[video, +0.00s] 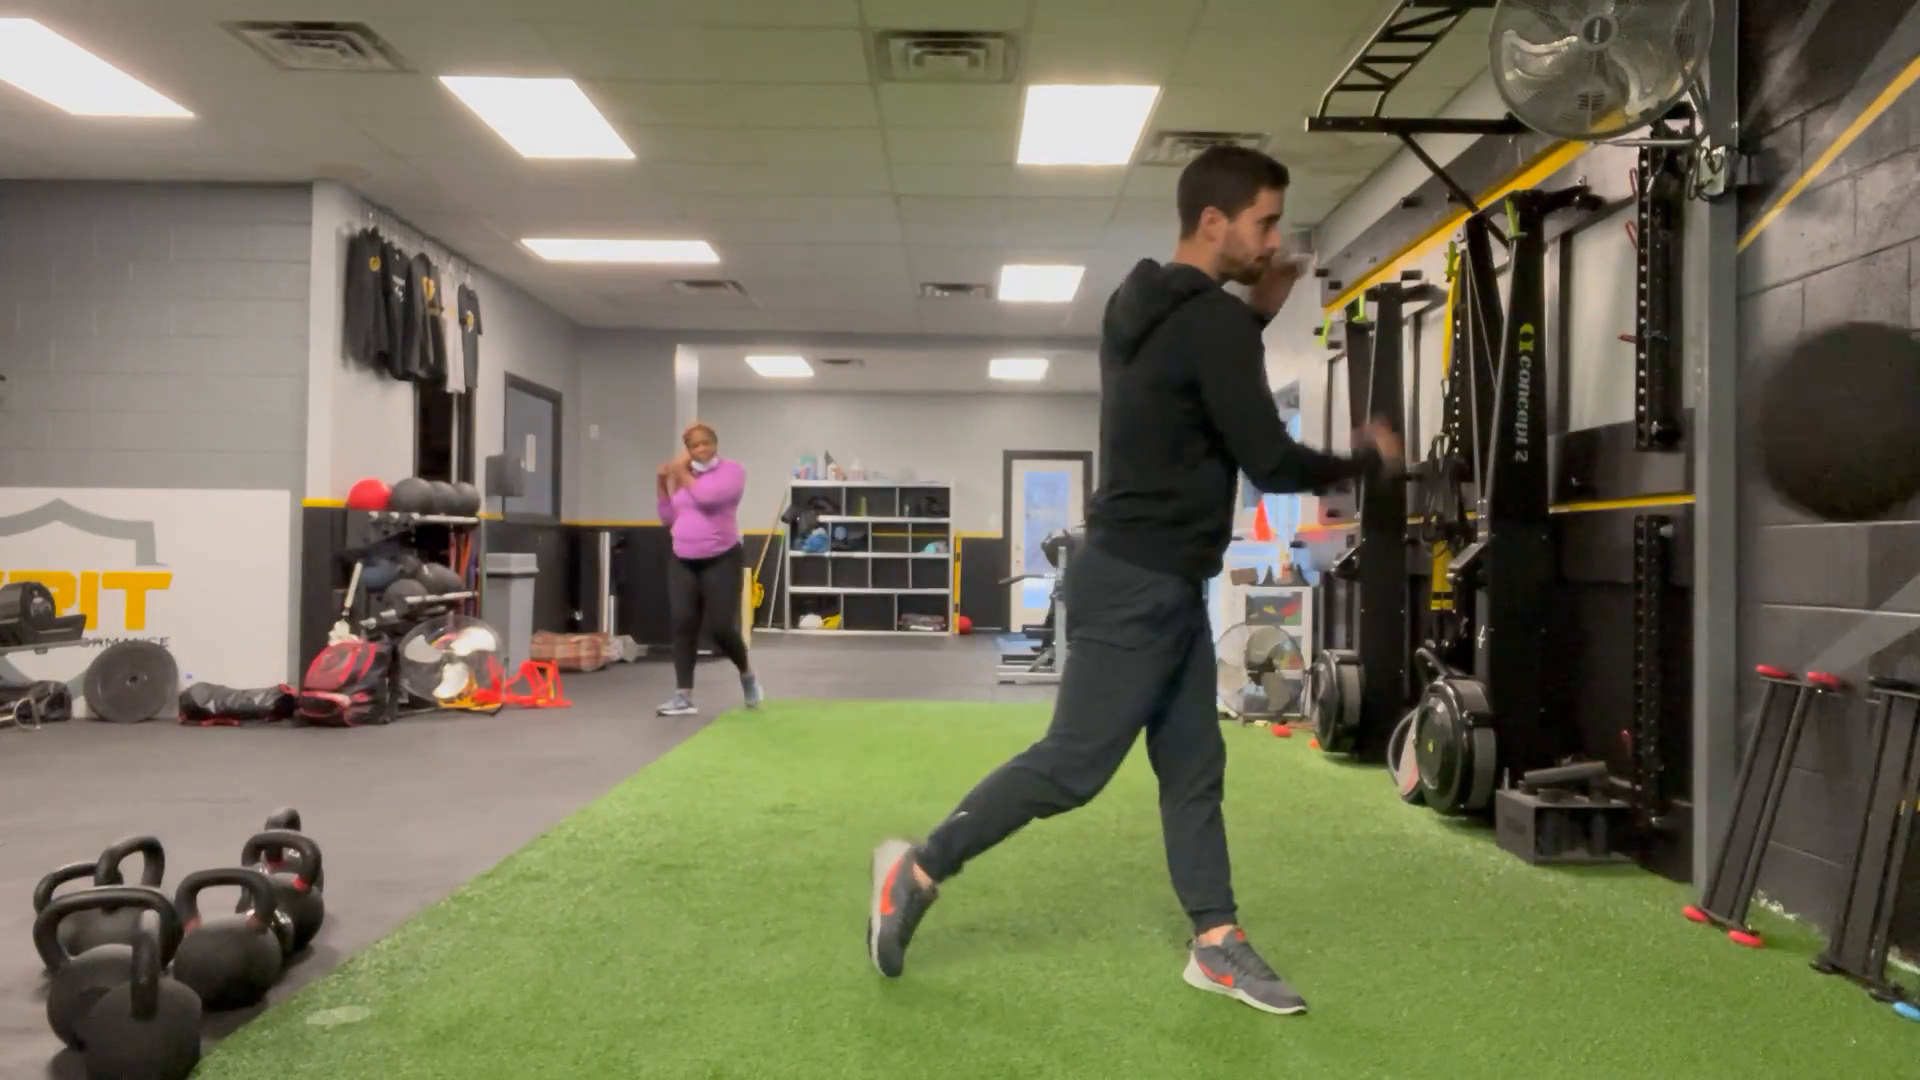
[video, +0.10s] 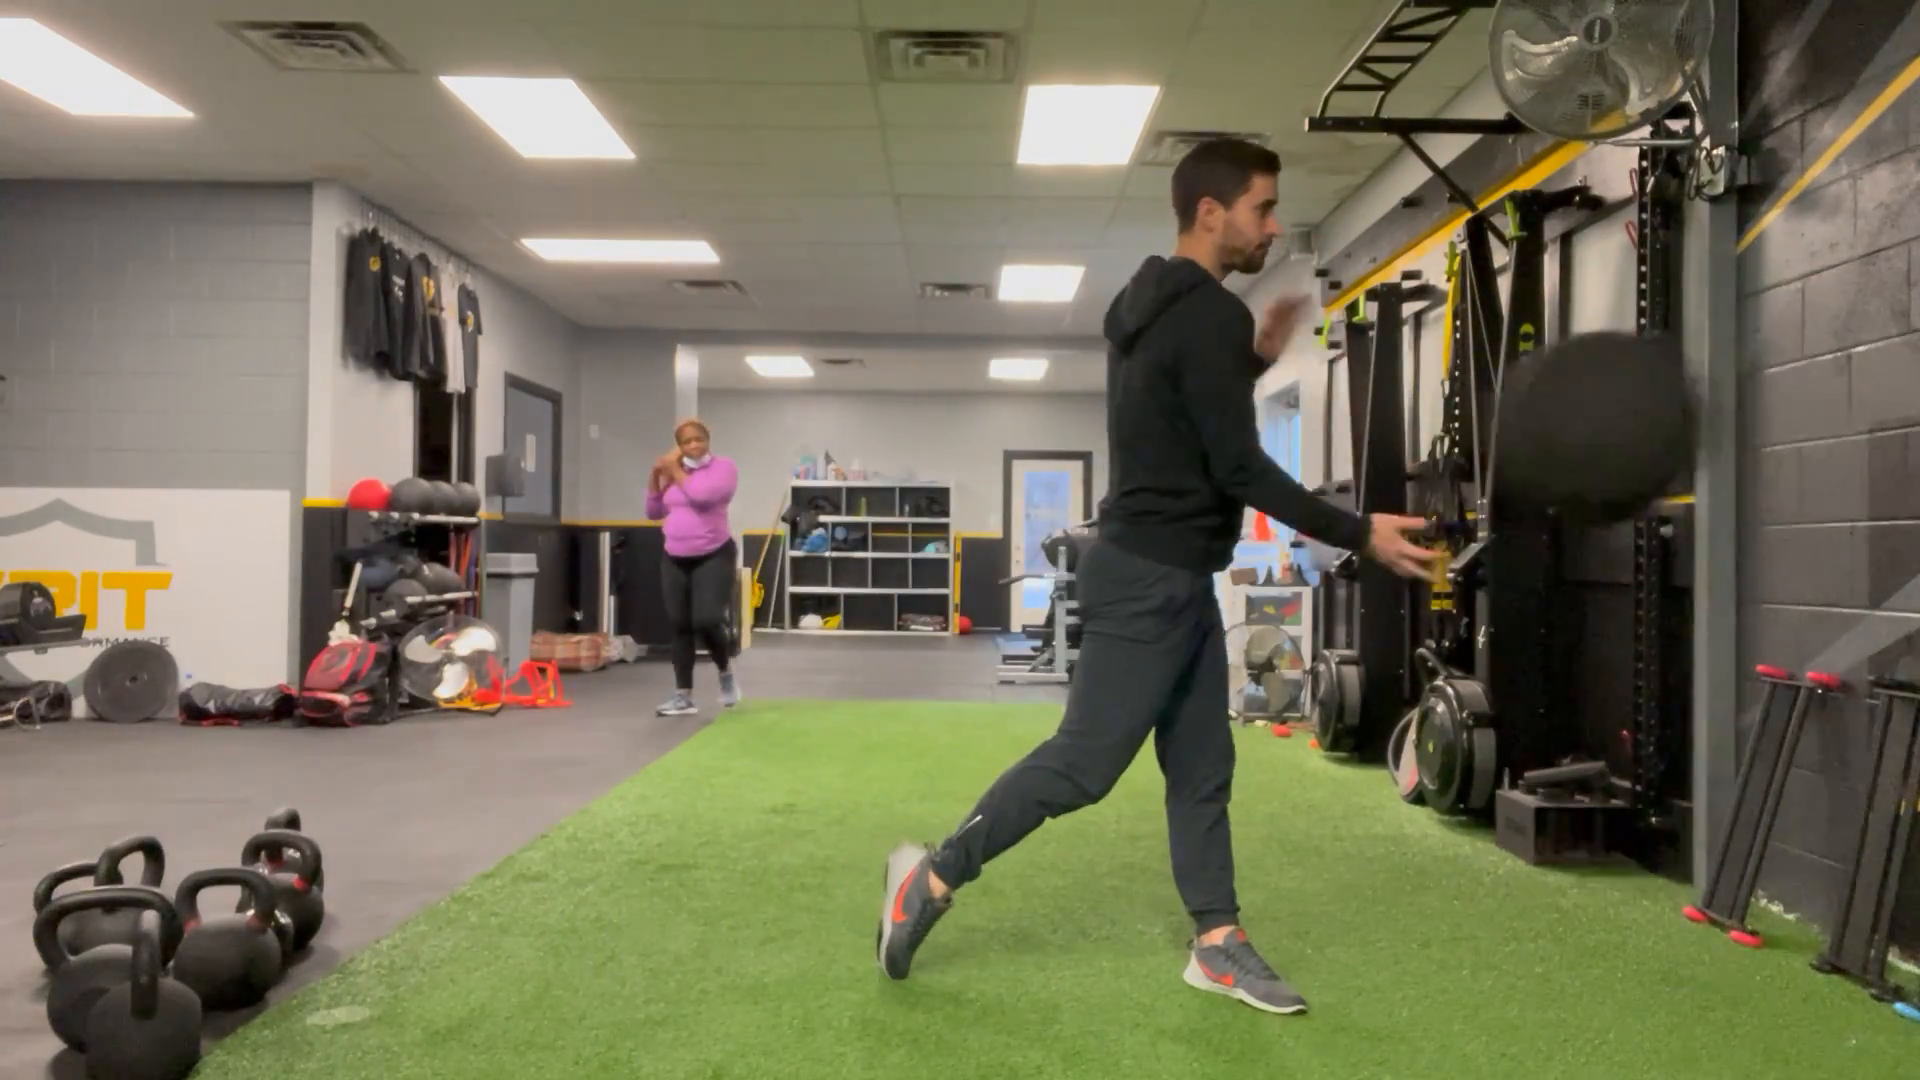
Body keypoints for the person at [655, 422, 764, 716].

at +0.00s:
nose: (702, 449)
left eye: (706, 443)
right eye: (695, 445)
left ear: (716, 445)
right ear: (687, 450)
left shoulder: (732, 471)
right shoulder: (682, 475)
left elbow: (707, 498)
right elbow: (667, 518)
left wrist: (683, 473)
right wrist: (663, 484)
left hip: (722, 557)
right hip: (684, 559)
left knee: (720, 626)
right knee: (683, 623)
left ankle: (747, 676)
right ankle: (683, 694)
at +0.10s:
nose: (694, 445)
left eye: (699, 439)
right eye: (687, 441)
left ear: (708, 441)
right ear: (679, 447)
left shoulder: (723, 468)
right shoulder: (673, 472)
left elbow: (703, 496)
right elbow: (654, 513)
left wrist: (675, 472)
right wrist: (655, 480)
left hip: (713, 554)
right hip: (675, 556)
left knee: (707, 621)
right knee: (680, 624)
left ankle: (725, 674)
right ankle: (683, 694)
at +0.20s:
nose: (687, 444)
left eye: (692, 438)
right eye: (681, 440)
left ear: (702, 440)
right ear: (672, 445)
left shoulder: (717, 467)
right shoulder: (664, 470)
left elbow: (698, 498)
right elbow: (644, 510)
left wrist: (670, 471)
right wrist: (647, 479)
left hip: (706, 553)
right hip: (670, 557)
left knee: (696, 617)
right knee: (676, 623)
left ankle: (706, 686)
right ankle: (682, 694)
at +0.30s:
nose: (683, 445)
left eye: (688, 439)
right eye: (676, 441)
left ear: (697, 440)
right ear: (666, 445)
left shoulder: (712, 468)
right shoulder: (658, 471)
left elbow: (695, 500)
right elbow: (638, 512)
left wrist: (664, 471)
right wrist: (640, 478)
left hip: (701, 555)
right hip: (664, 559)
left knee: (690, 620)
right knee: (671, 624)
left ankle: (691, 694)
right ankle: (680, 692)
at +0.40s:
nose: (679, 445)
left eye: (684, 439)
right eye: (672, 441)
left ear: (693, 441)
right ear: (663, 445)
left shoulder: (708, 469)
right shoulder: (654, 471)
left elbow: (689, 500)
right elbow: (633, 513)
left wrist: (659, 470)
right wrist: (635, 478)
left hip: (696, 557)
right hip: (658, 560)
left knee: (685, 624)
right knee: (666, 628)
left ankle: (685, 699)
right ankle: (679, 692)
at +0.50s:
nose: (676, 443)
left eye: (681, 437)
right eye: (669, 439)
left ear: (691, 439)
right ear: (660, 444)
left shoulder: (706, 468)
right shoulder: (651, 471)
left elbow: (685, 498)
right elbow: (632, 516)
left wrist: (655, 468)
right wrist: (631, 478)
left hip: (692, 557)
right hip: (655, 561)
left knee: (681, 627)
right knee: (657, 628)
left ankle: (680, 702)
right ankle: (675, 685)